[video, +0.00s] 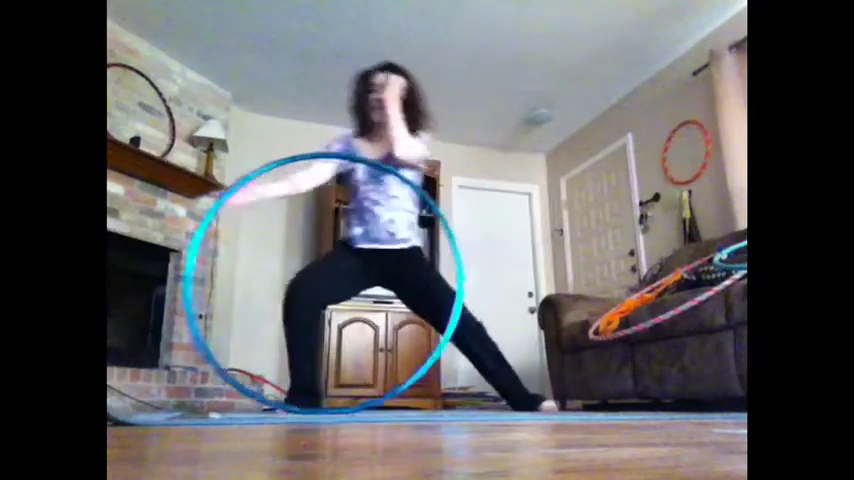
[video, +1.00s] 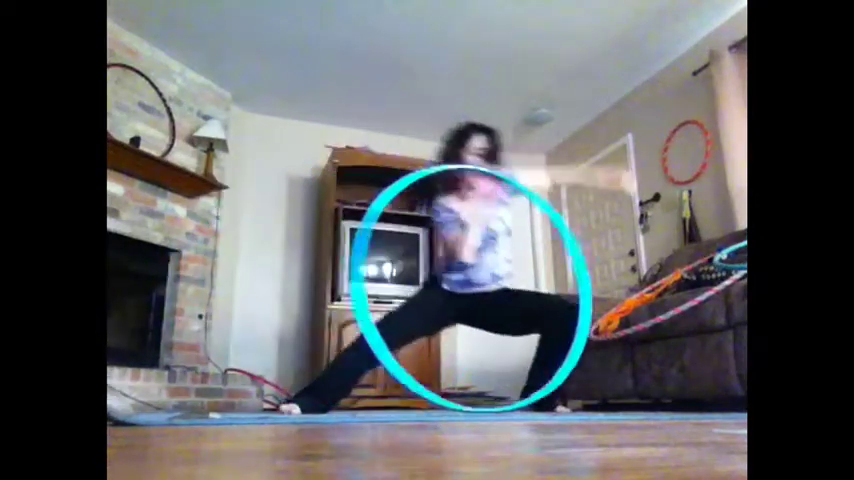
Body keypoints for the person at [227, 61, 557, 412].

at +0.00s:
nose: (382, 99)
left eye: (392, 92)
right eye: (375, 92)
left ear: (407, 101)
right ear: (364, 100)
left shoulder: (417, 143)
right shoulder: (347, 145)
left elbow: (403, 151)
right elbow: (296, 180)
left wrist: (394, 103)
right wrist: (233, 197)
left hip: (405, 259)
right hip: (354, 256)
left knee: (463, 325)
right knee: (302, 293)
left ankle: (525, 402)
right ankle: (303, 398)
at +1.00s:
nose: (476, 160)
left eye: (484, 155)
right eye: (469, 152)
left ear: (494, 160)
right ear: (454, 155)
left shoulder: (499, 198)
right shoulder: (445, 203)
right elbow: (461, 256)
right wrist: (477, 210)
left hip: (492, 299)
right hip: (443, 297)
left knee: (566, 315)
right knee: (376, 341)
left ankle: (539, 402)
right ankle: (306, 404)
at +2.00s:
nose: (470, 175)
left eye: (480, 171)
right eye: (467, 164)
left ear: (487, 177)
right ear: (453, 160)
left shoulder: (478, 210)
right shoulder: (414, 189)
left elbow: (480, 267)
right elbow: (355, 198)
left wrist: (480, 326)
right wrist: (383, 175)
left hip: (444, 303)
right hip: (391, 295)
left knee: (512, 315)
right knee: (331, 303)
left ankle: (540, 409)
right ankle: (300, 405)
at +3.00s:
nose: (321, 165)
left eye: (328, 156)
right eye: (312, 158)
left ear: (343, 159)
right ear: (302, 165)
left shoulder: (366, 186)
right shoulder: (302, 214)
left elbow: (387, 125)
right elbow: (274, 264)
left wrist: (342, 83)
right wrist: (257, 215)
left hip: (365, 314)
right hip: (319, 313)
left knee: (447, 346)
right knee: (263, 307)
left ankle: (538, 410)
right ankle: (290, 402)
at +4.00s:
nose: (523, 222)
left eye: (528, 213)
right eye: (513, 217)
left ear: (542, 214)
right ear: (503, 224)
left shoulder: (547, 240)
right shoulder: (498, 258)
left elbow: (604, 222)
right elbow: (536, 307)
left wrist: (575, 186)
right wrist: (594, 336)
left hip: (504, 331)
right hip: (455, 330)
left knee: (568, 326)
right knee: (385, 359)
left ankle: (534, 411)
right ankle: (294, 405)